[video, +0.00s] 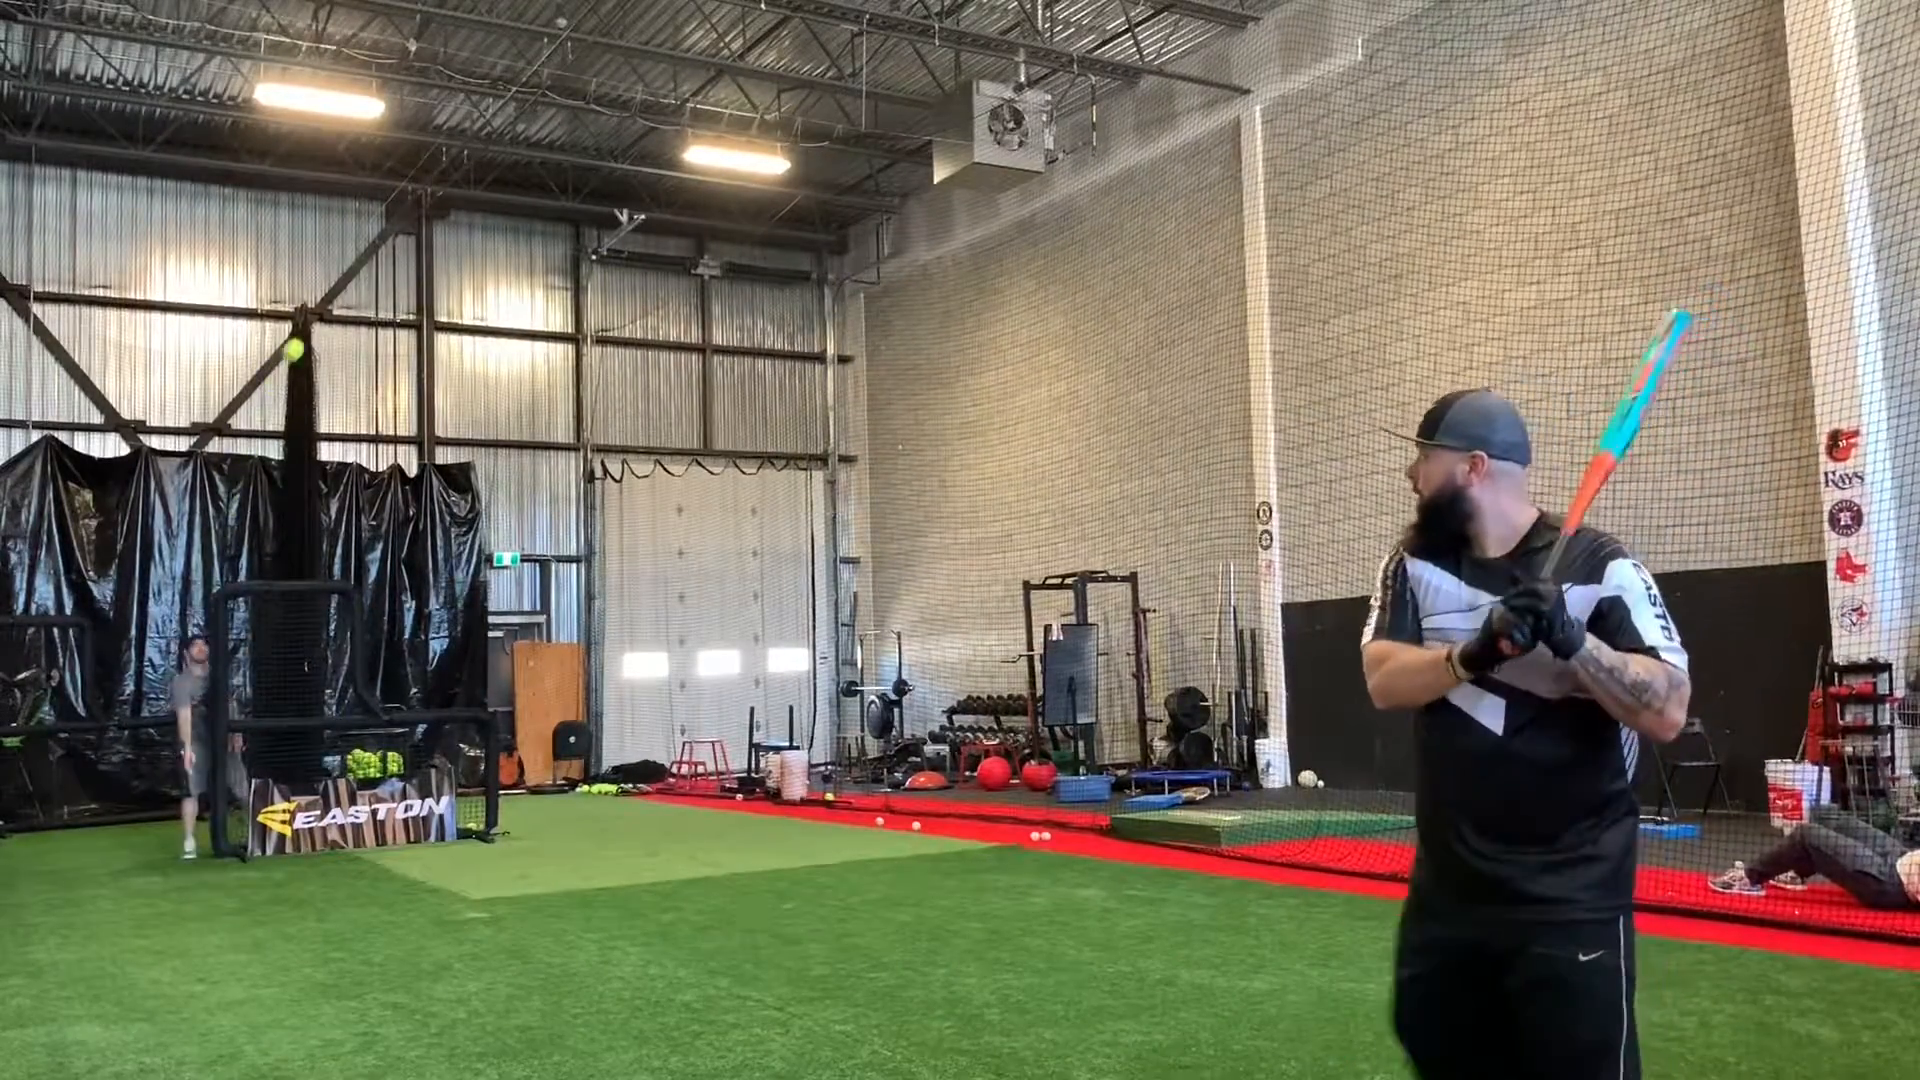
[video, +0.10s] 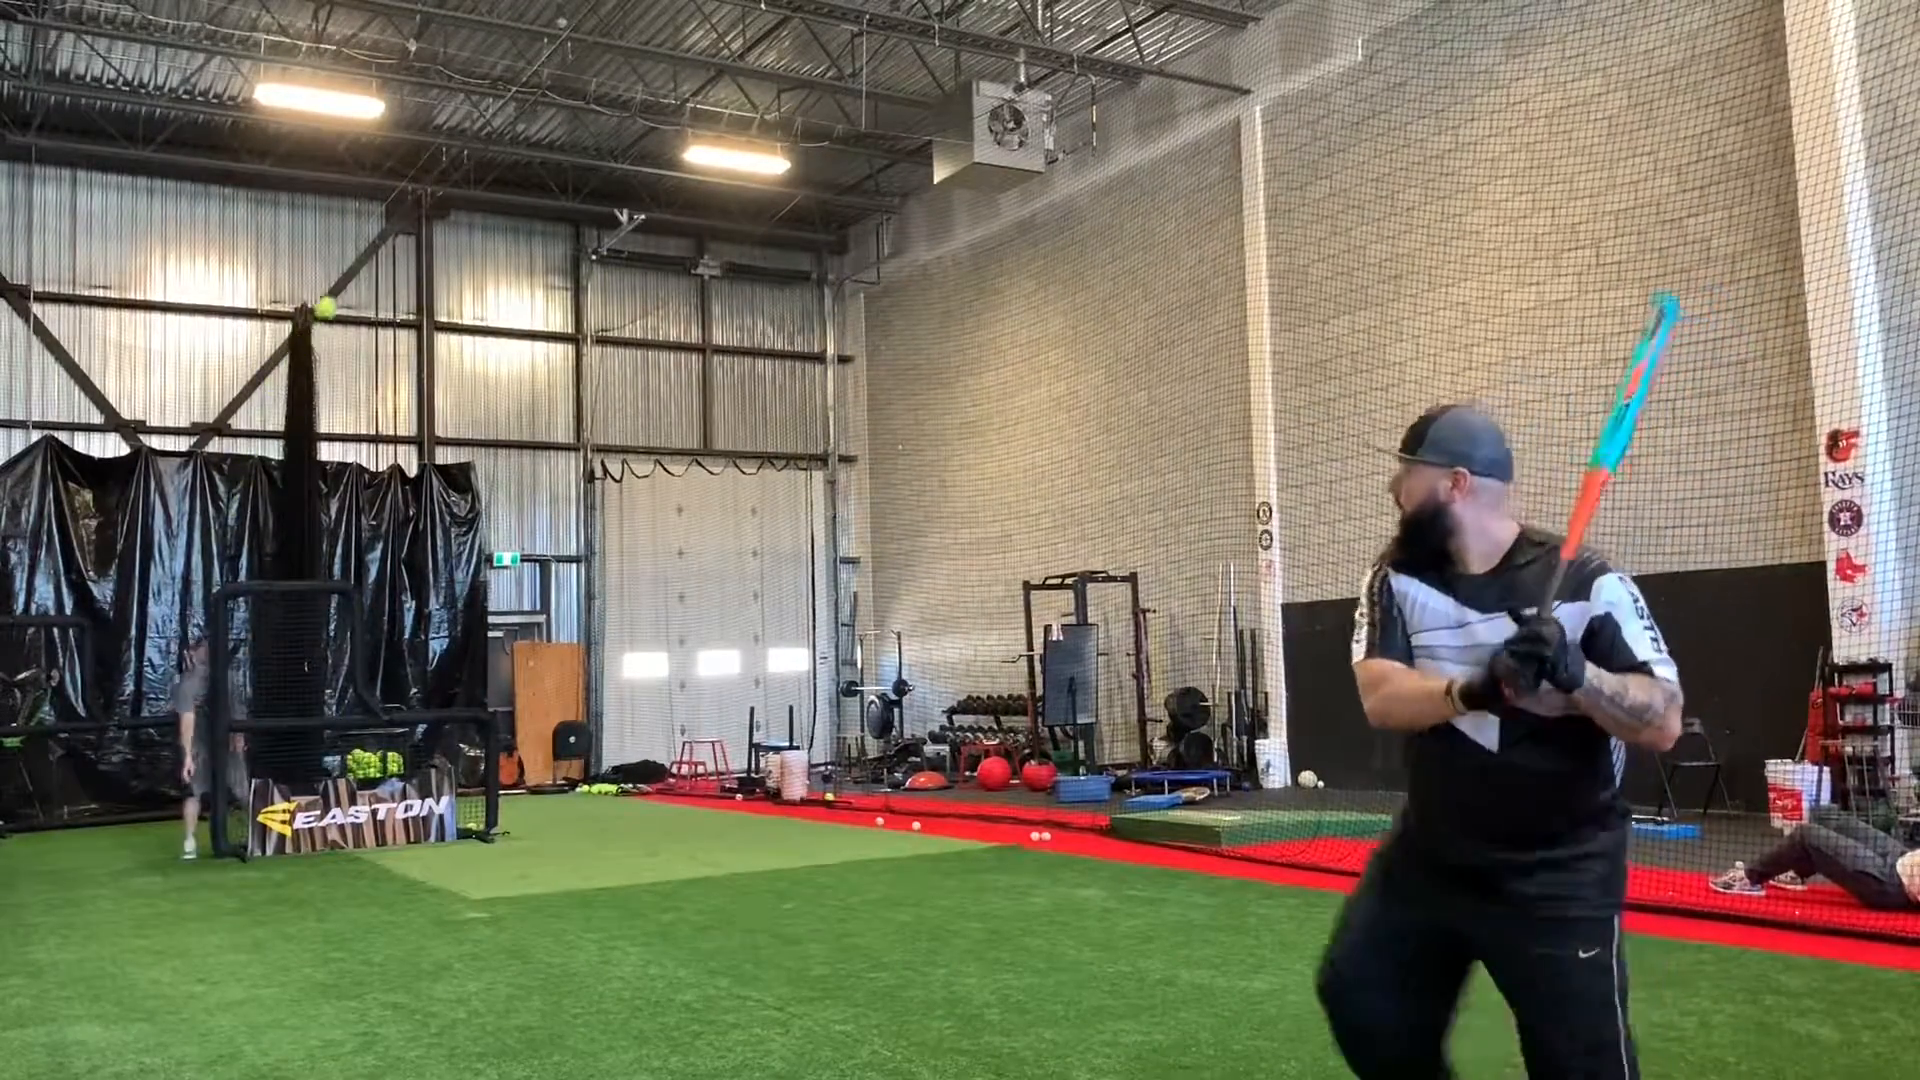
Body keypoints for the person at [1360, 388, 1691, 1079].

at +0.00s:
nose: (1411, 475)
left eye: (1425, 458)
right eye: (1416, 458)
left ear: (1476, 465)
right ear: (1473, 467)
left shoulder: (1602, 567)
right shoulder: (1415, 566)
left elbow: (1667, 713)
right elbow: (1382, 682)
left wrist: (1575, 642)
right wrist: (1475, 653)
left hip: (1570, 901)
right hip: (1450, 890)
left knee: (1579, 1064)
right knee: (1440, 1050)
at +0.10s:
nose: (1394, 490)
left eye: (1406, 473)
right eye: (1399, 474)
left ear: (1456, 482)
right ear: (1454, 483)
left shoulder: (1590, 583)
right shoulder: (1398, 580)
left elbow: (1663, 722)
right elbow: (1381, 699)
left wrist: (1580, 678)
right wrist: (1478, 689)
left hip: (1558, 874)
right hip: (1431, 859)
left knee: (1583, 1062)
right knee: (1362, 998)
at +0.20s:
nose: (1372, 506)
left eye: (1383, 489)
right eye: (1375, 490)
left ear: (1431, 503)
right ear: (1428, 505)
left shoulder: (1566, 599)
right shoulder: (1373, 599)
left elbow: (1648, 733)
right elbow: (1369, 717)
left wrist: (1572, 708)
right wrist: (1465, 725)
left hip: (1532, 864)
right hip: (1406, 847)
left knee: (1558, 1058)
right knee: (1303, 946)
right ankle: (1343, 1070)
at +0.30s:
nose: (1340, 522)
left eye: (1351, 508)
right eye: (1343, 508)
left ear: (1398, 523)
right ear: (1395, 524)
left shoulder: (1528, 611)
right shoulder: (1340, 614)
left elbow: (1617, 738)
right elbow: (1346, 730)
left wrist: (1549, 723)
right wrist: (1448, 745)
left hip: (1505, 863)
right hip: (1379, 848)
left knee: (1536, 1056)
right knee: (1260, 926)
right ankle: (1273, 1070)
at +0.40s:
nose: (1299, 538)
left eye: (1311, 524)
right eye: (1303, 525)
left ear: (1356, 538)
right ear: (1352, 540)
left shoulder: (1478, 616)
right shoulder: (1302, 619)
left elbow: (1579, 733)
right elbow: (1312, 716)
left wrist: (1519, 697)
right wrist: (1428, 712)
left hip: (1467, 868)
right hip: (1347, 857)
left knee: (1511, 1052)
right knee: (1224, 946)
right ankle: (1210, 1070)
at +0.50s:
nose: (1251, 558)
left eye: (1264, 547)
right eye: (1255, 546)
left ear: (1308, 558)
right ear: (1305, 558)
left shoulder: (1425, 634)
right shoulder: (1255, 622)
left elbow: (1534, 718)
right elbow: (1270, 674)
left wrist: (1480, 629)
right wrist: (1394, 628)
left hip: (1413, 887)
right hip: (1305, 879)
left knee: (1459, 1055)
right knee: (1211, 984)